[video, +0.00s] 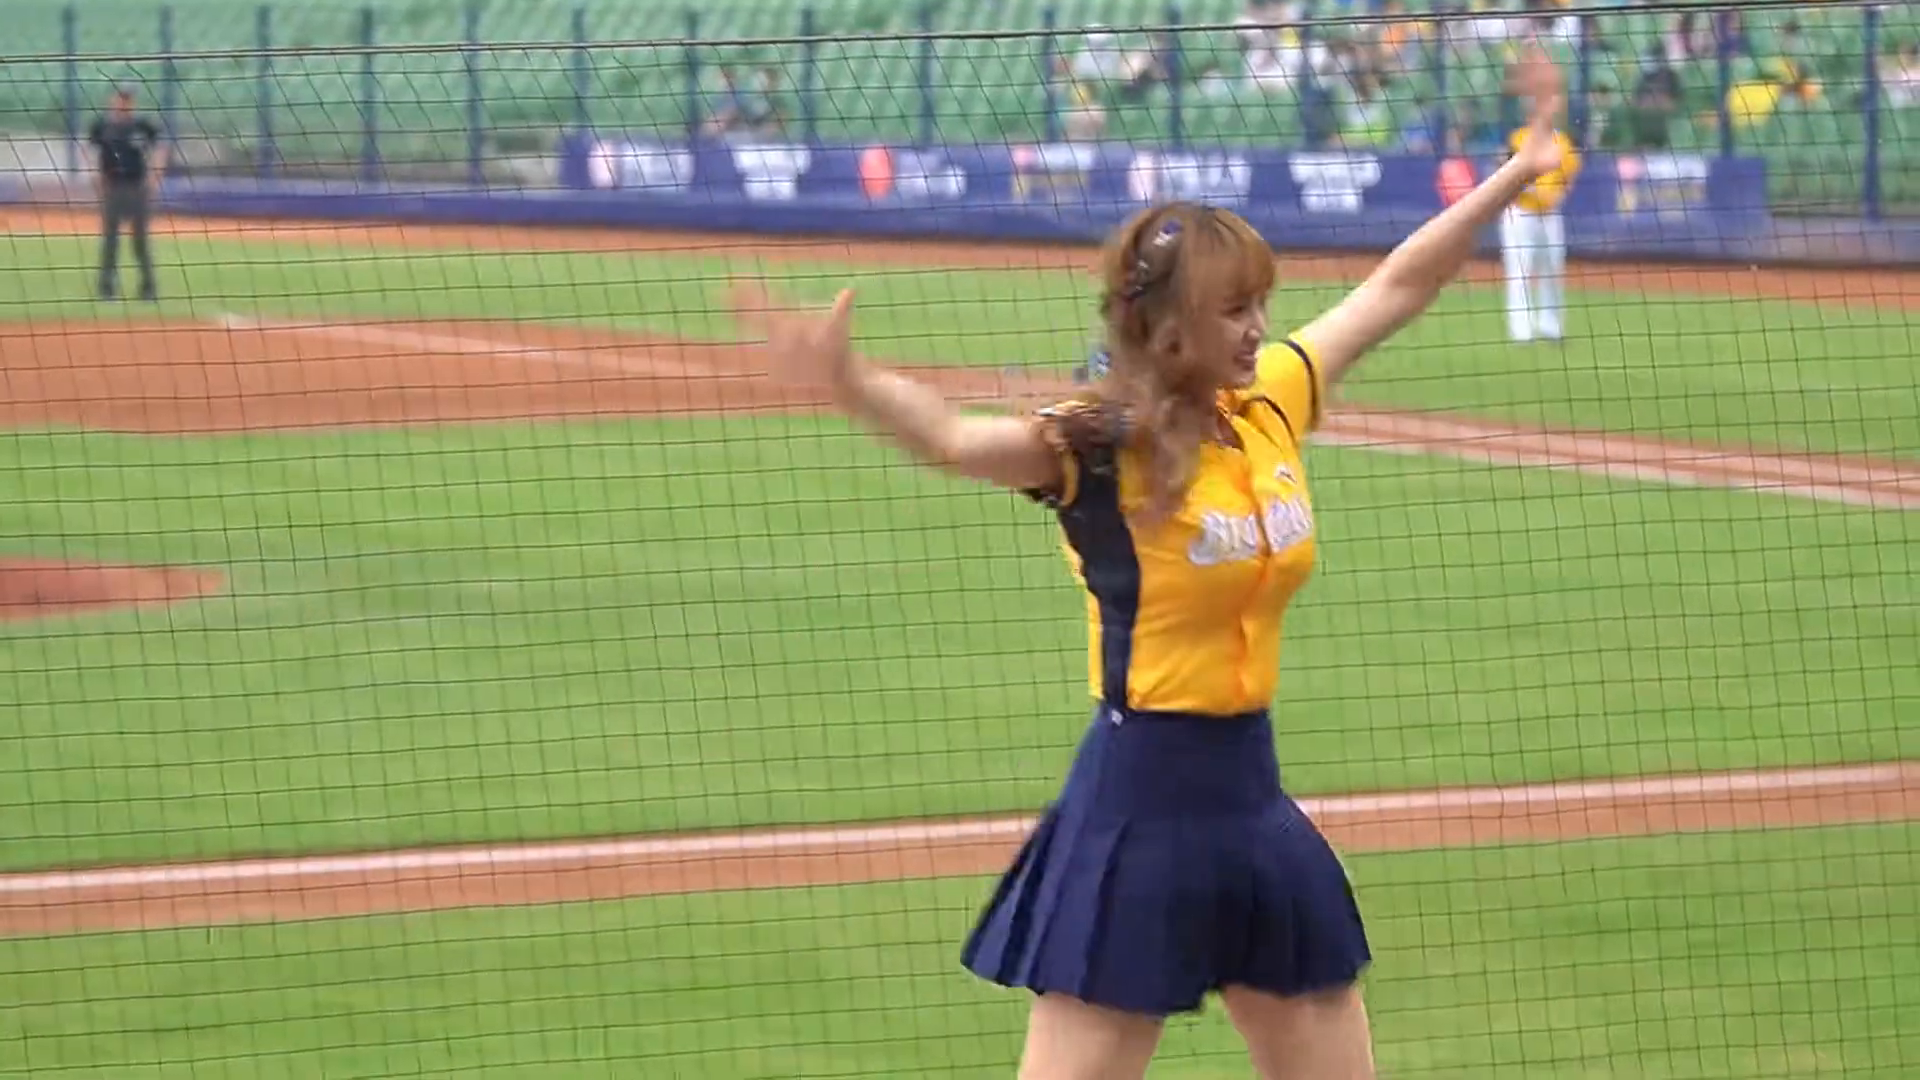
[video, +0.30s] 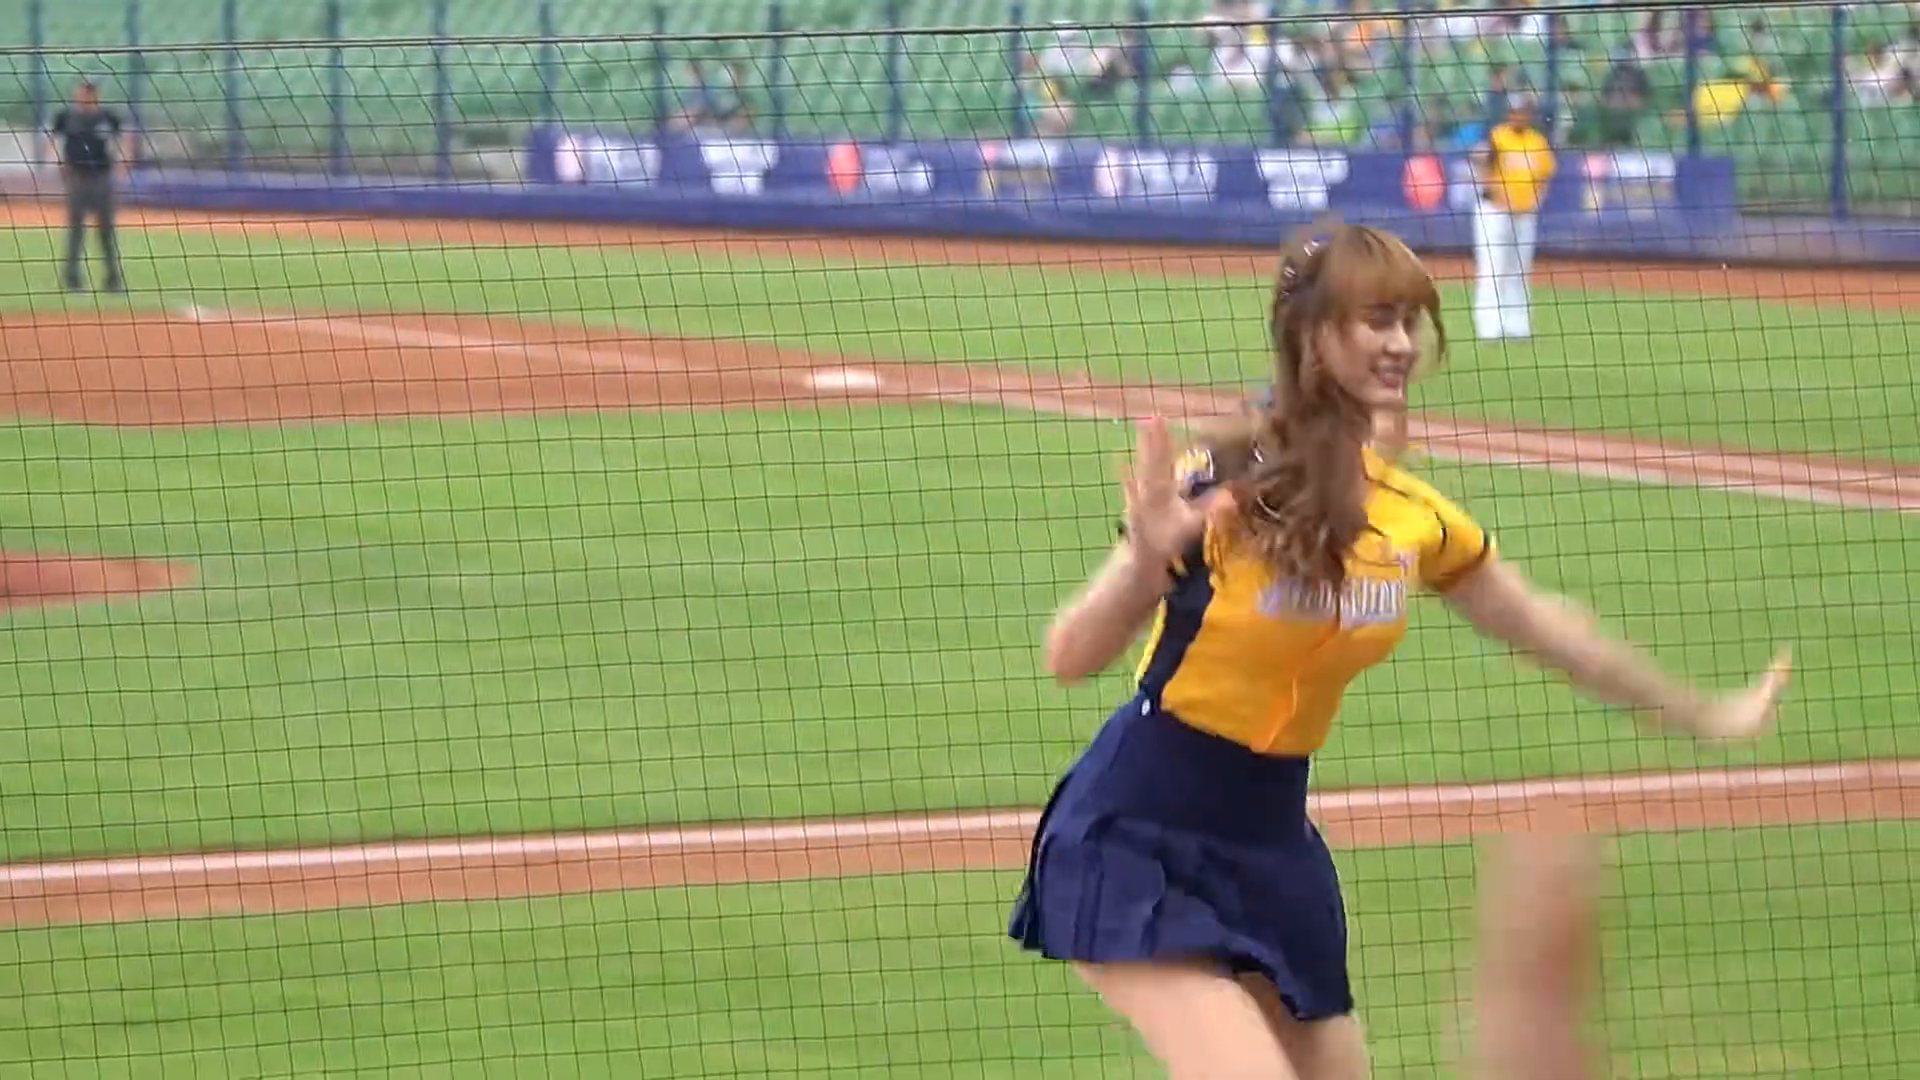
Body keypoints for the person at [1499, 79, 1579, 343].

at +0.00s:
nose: (1545, 117)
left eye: (1549, 111)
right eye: (1539, 112)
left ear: (1555, 114)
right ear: (1531, 114)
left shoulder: (1561, 140)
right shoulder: (1518, 140)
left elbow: (1572, 167)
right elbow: (1510, 174)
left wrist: (1557, 193)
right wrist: (1532, 195)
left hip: (1549, 211)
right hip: (1520, 211)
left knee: (1551, 267)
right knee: (1521, 268)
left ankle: (1550, 321)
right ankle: (1522, 324)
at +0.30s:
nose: (1519, 118)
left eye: (1524, 113)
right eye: (1515, 112)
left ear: (1532, 115)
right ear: (1508, 114)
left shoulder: (1538, 141)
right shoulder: (1497, 136)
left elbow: (1548, 170)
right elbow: (1480, 167)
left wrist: (1536, 197)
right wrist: (1494, 193)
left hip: (1525, 210)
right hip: (1494, 209)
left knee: (1519, 269)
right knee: (1494, 267)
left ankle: (1517, 322)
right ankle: (1490, 324)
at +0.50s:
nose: (1501, 115)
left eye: (1507, 110)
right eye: (1498, 109)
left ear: (1516, 113)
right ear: (1491, 111)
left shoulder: (1520, 140)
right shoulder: (1480, 131)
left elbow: (1526, 170)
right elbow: (1461, 161)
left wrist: (1516, 197)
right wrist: (1474, 187)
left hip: (1503, 209)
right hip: (1472, 205)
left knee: (1495, 265)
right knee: (1470, 262)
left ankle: (1493, 320)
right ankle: (1464, 320)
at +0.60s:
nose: (1492, 113)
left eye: (1496, 108)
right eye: (1488, 107)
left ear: (1503, 111)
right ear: (1480, 109)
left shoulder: (1509, 139)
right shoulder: (1468, 131)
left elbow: (1511, 172)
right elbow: (1454, 169)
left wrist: (1502, 197)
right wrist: (1479, 190)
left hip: (1488, 207)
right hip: (1457, 203)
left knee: (1480, 263)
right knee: (1452, 259)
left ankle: (1475, 318)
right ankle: (1446, 317)